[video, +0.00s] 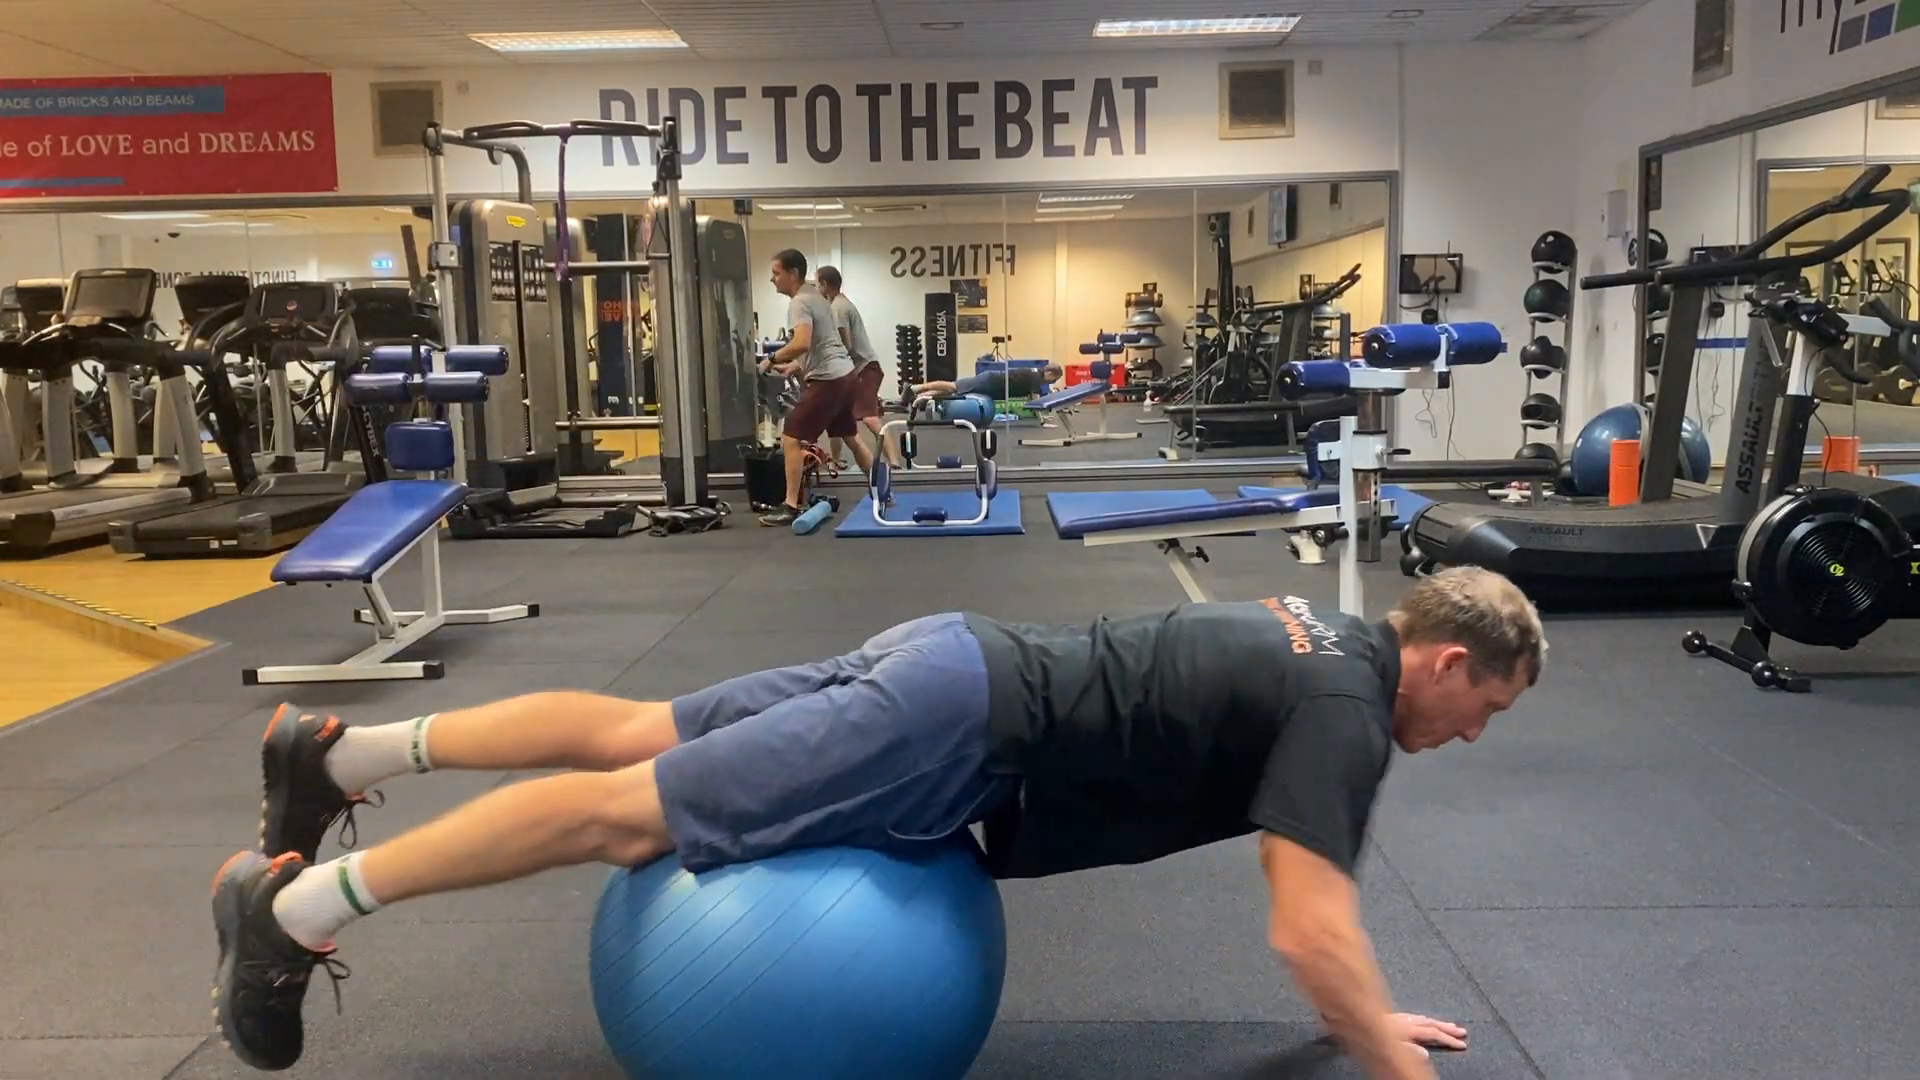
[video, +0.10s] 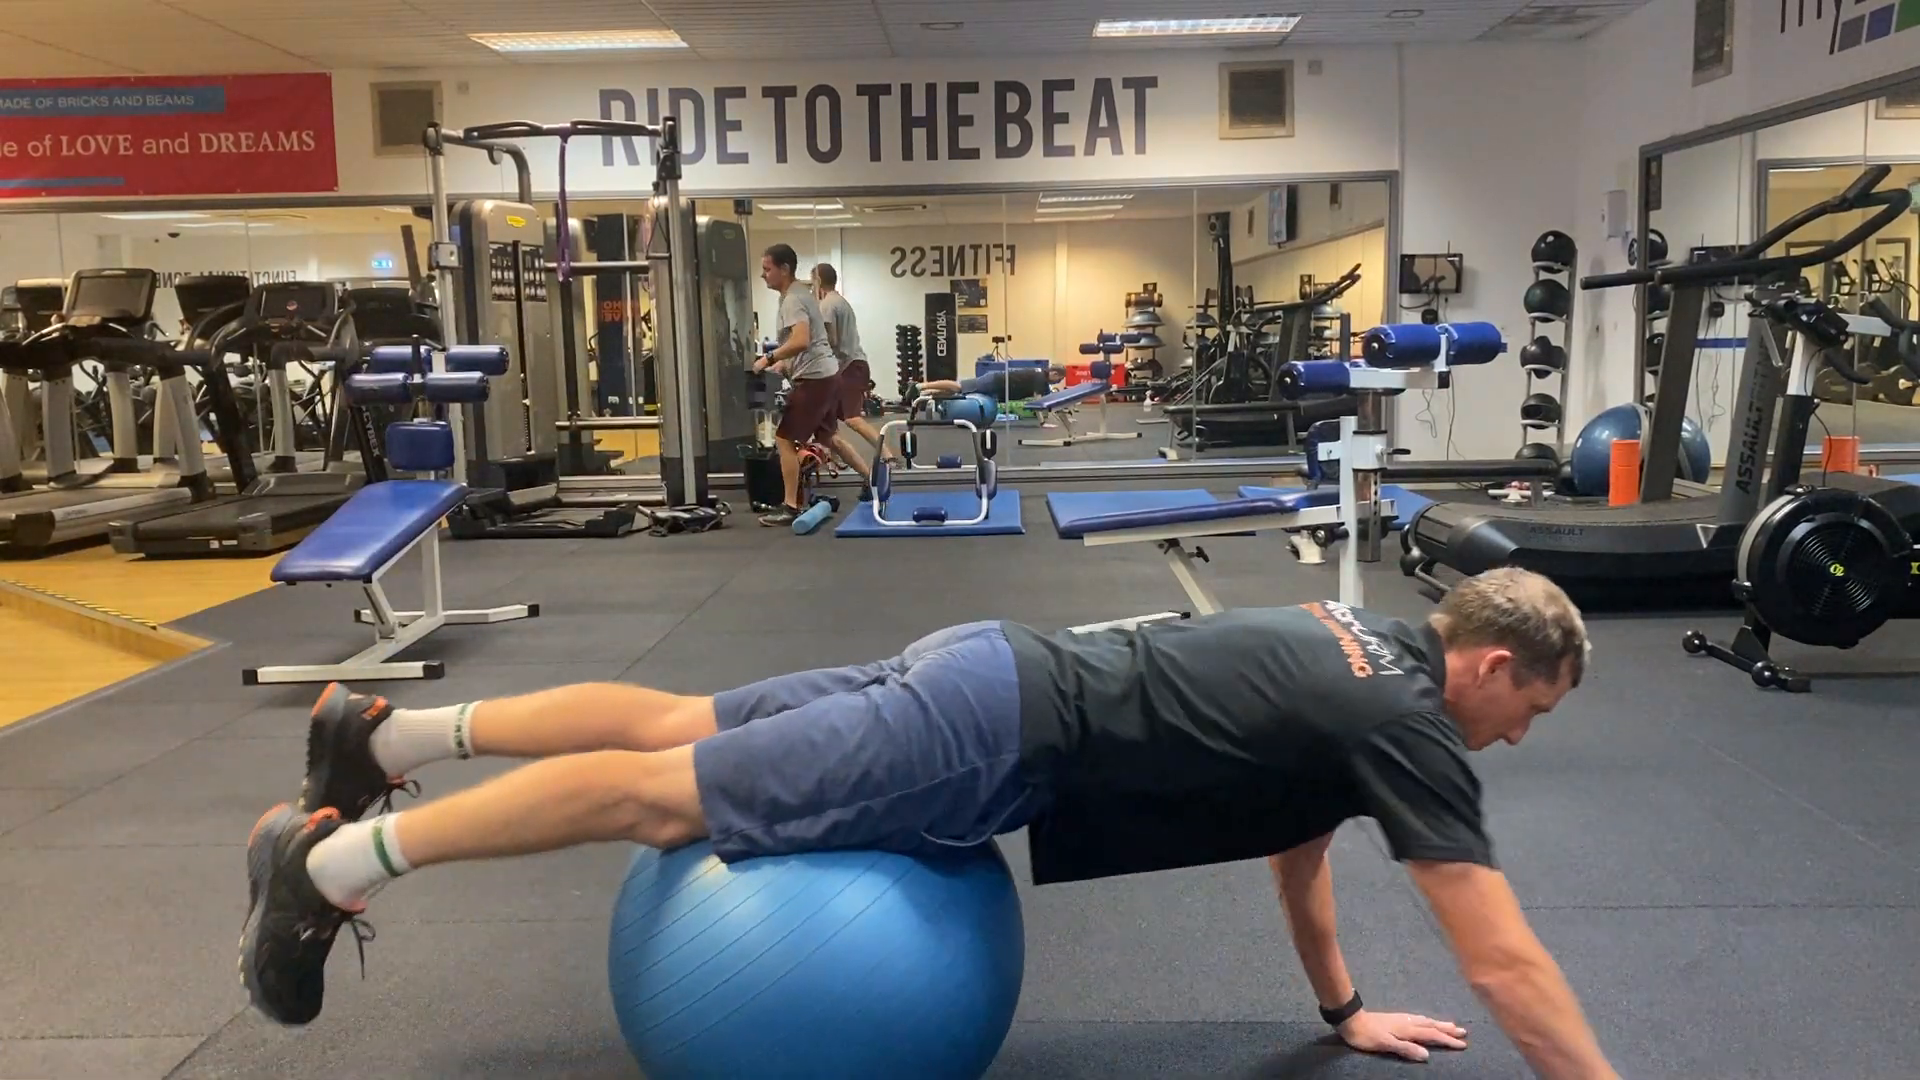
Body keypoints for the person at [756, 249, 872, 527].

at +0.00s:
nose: (773, 280)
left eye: (776, 273)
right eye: (773, 274)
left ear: (794, 274)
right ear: (798, 275)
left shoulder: (800, 301)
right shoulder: (816, 296)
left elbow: (802, 343)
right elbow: (827, 343)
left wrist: (773, 358)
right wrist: (795, 366)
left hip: (826, 379)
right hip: (844, 374)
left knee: (790, 438)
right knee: (850, 437)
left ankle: (791, 505)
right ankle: (882, 487)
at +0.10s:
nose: (763, 275)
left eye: (767, 269)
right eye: (763, 269)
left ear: (784, 268)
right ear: (786, 270)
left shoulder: (793, 298)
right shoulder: (804, 294)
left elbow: (800, 340)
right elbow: (813, 340)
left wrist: (769, 358)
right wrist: (786, 362)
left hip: (813, 378)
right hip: (828, 374)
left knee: (785, 438)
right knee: (827, 436)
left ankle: (791, 505)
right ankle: (871, 478)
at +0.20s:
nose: (755, 273)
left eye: (759, 267)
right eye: (755, 267)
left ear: (777, 266)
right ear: (774, 267)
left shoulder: (791, 294)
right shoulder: (780, 294)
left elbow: (801, 337)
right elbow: (787, 337)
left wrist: (770, 358)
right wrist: (770, 358)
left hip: (806, 374)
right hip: (799, 373)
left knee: (787, 441)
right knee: (797, 439)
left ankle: (791, 505)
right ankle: (852, 465)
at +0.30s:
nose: (747, 272)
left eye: (751, 266)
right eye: (746, 267)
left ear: (770, 264)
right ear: (761, 266)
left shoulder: (789, 291)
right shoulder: (761, 295)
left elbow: (802, 336)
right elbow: (760, 337)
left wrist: (770, 358)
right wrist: (753, 361)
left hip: (801, 373)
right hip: (779, 374)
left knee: (787, 440)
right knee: (767, 434)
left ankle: (791, 505)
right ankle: (821, 456)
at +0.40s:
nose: (741, 271)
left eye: (745, 265)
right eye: (739, 266)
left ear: (763, 261)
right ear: (747, 265)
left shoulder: (785, 291)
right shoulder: (747, 294)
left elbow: (800, 336)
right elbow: (747, 330)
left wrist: (768, 359)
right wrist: (747, 357)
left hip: (796, 373)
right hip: (771, 374)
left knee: (785, 441)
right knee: (750, 427)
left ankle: (792, 504)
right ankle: (791, 462)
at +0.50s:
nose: (734, 269)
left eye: (739, 263)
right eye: (732, 264)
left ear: (757, 260)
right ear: (736, 263)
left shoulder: (781, 291)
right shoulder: (737, 294)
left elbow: (795, 336)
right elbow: (736, 333)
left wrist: (763, 357)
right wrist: (738, 361)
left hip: (789, 373)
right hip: (759, 375)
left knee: (782, 442)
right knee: (744, 431)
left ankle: (789, 505)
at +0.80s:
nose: (710, 270)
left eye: (715, 263)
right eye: (706, 265)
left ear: (731, 261)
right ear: (703, 267)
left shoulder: (754, 292)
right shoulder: (707, 298)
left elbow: (772, 334)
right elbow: (702, 341)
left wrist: (739, 358)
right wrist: (708, 367)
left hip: (759, 375)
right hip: (727, 379)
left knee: (744, 439)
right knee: (727, 442)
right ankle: (732, 496)